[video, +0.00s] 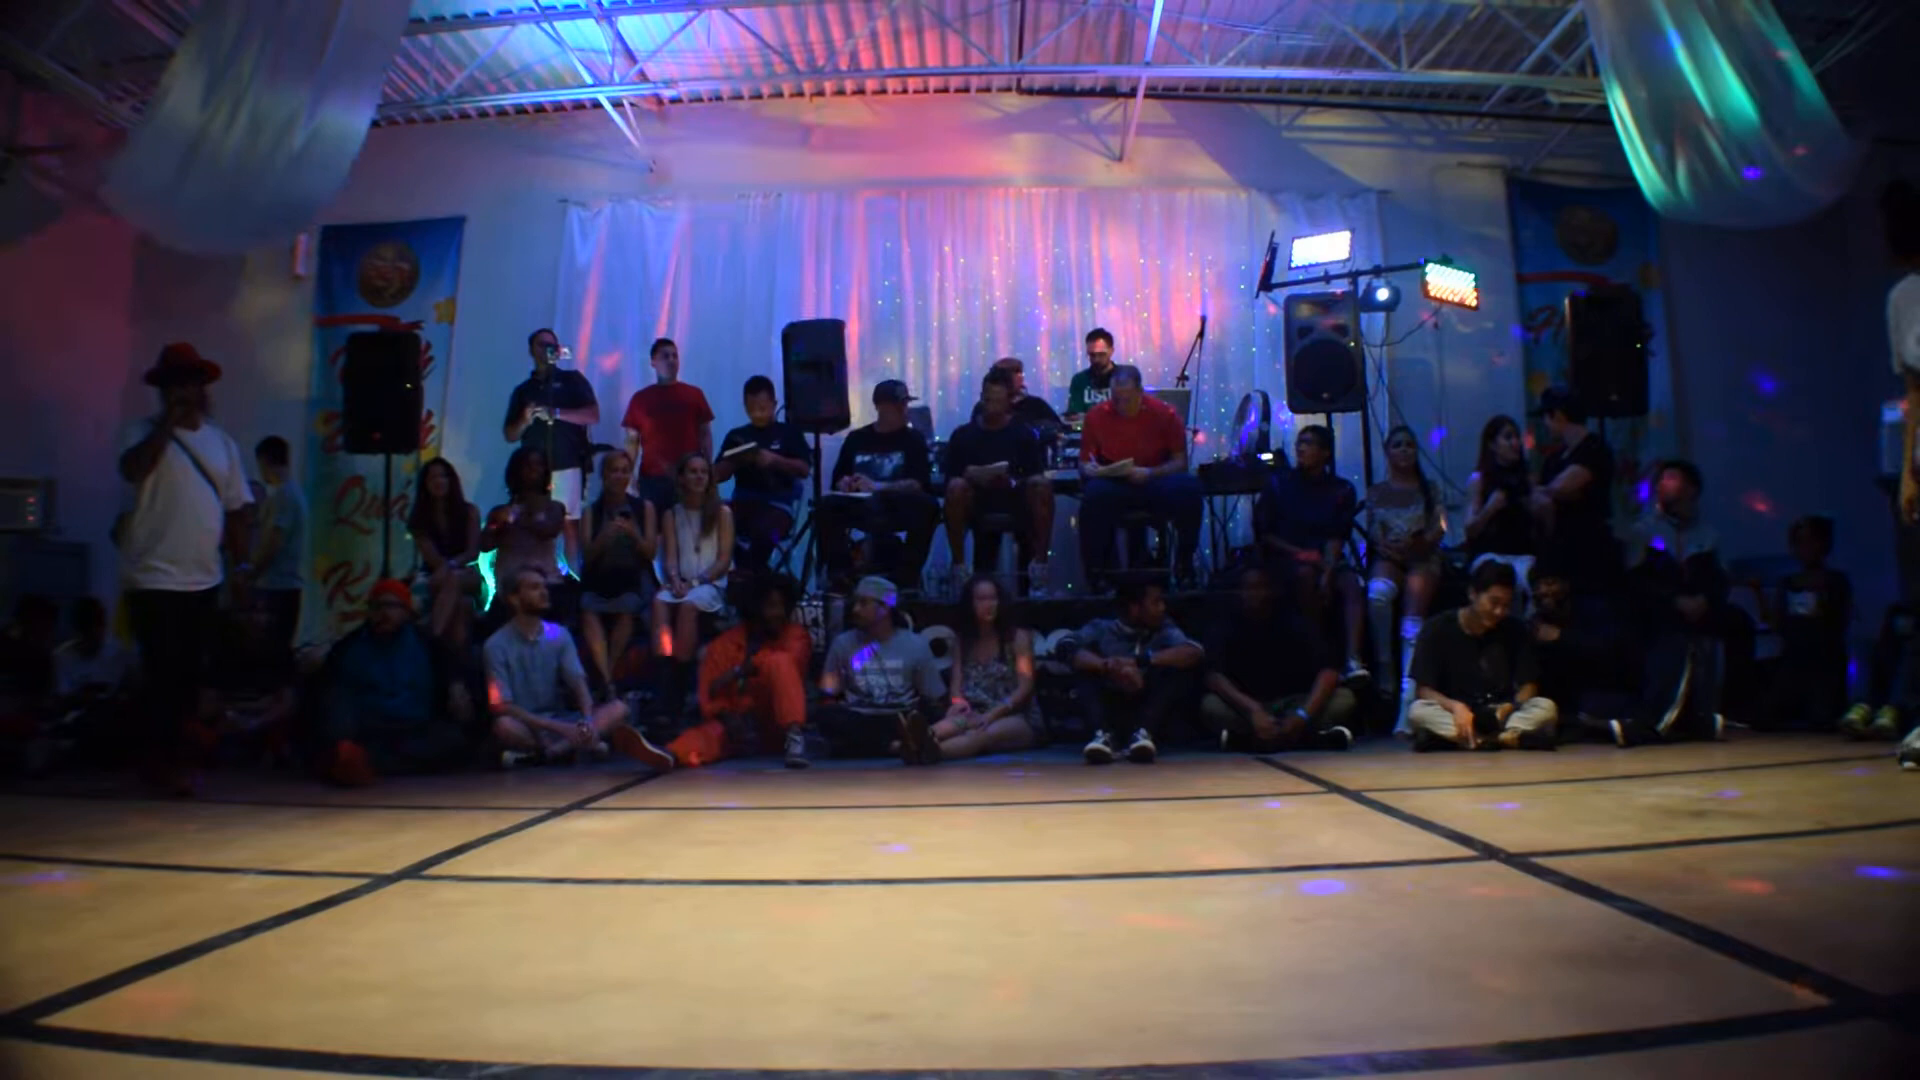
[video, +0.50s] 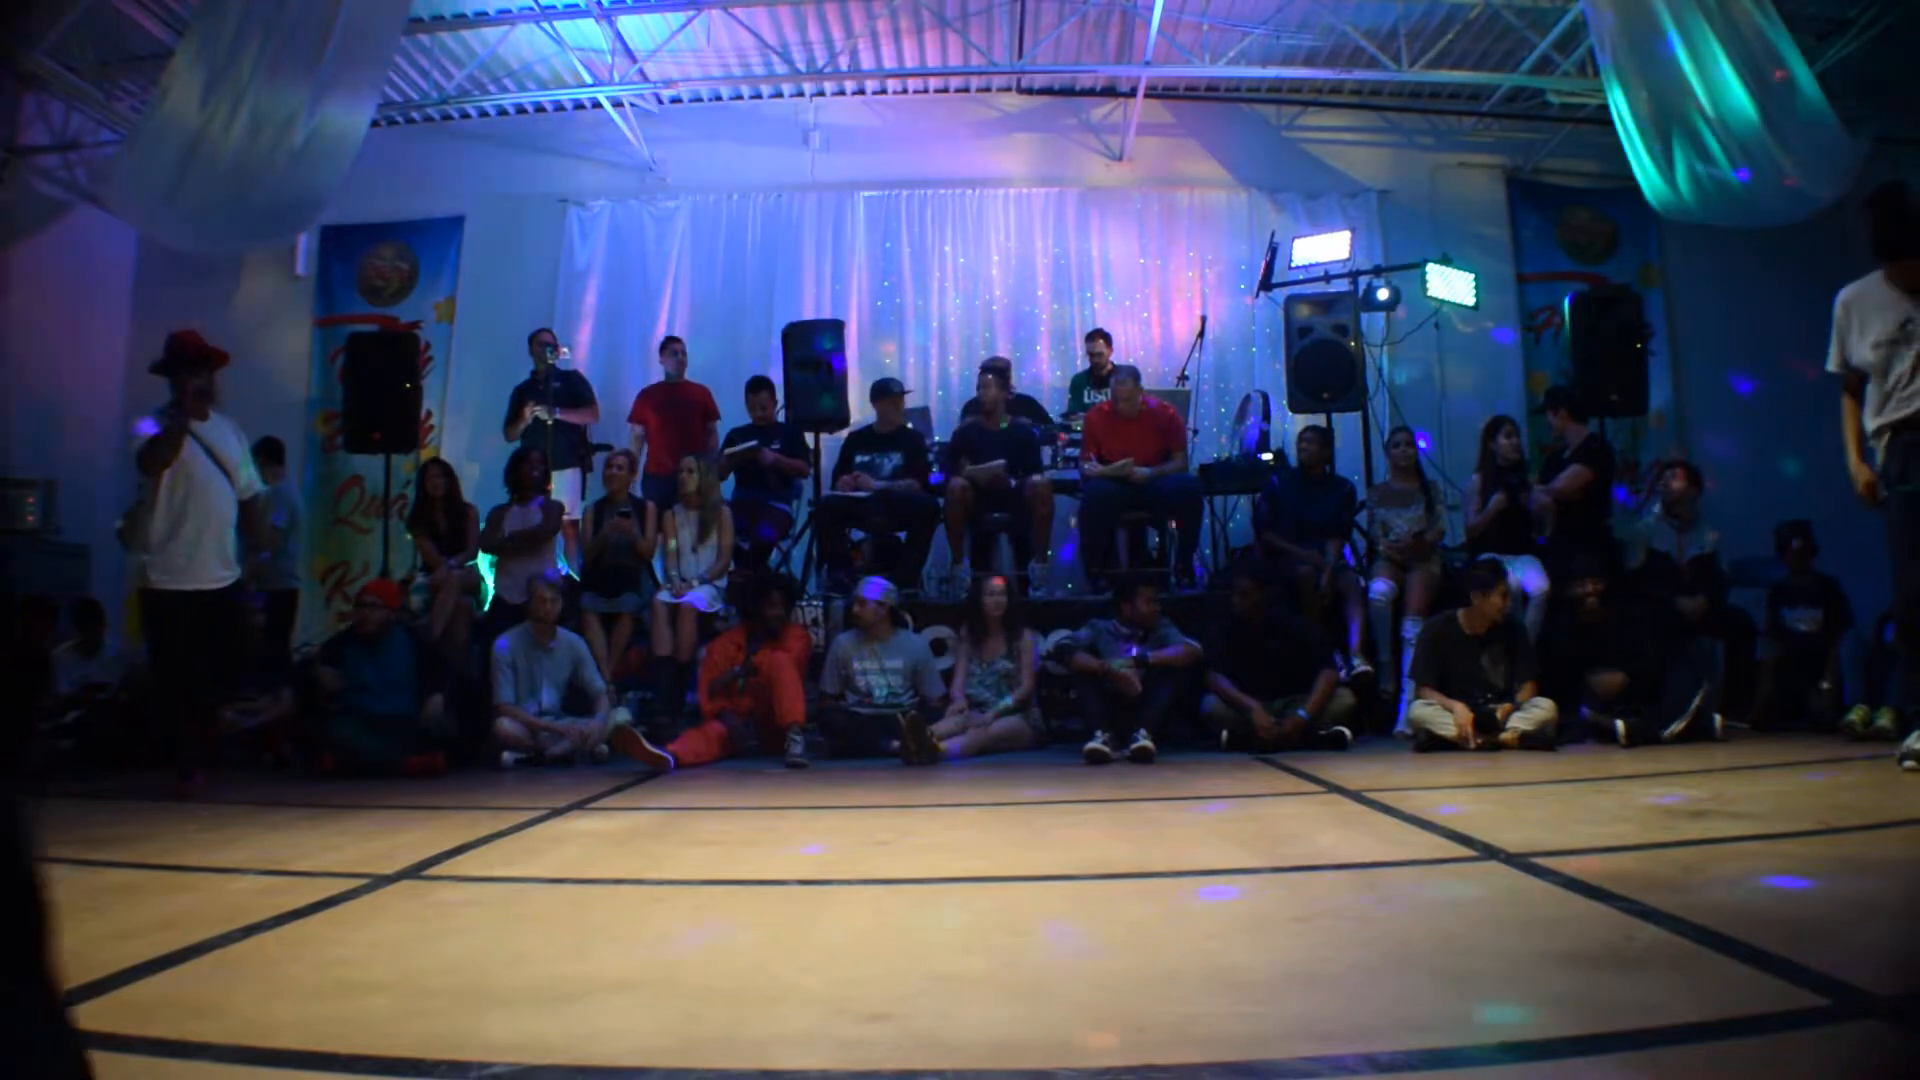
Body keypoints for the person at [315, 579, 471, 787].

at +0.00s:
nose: (384, 614)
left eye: (392, 606)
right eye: (378, 606)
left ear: (406, 611)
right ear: (369, 610)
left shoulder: (424, 645)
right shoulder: (351, 646)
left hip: (416, 722)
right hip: (365, 723)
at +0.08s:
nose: (383, 613)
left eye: (390, 605)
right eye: (377, 605)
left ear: (404, 611)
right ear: (369, 609)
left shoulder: (422, 643)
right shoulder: (349, 644)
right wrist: (352, 730)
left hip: (419, 720)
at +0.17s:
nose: (380, 611)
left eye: (388, 605)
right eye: (374, 604)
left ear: (403, 610)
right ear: (366, 607)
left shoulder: (422, 642)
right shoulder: (349, 640)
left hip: (414, 715)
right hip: (363, 716)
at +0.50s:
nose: (365, 614)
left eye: (373, 607)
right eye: (361, 606)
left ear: (389, 612)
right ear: (354, 609)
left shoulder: (410, 642)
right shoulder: (345, 641)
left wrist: (435, 697)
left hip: (404, 717)